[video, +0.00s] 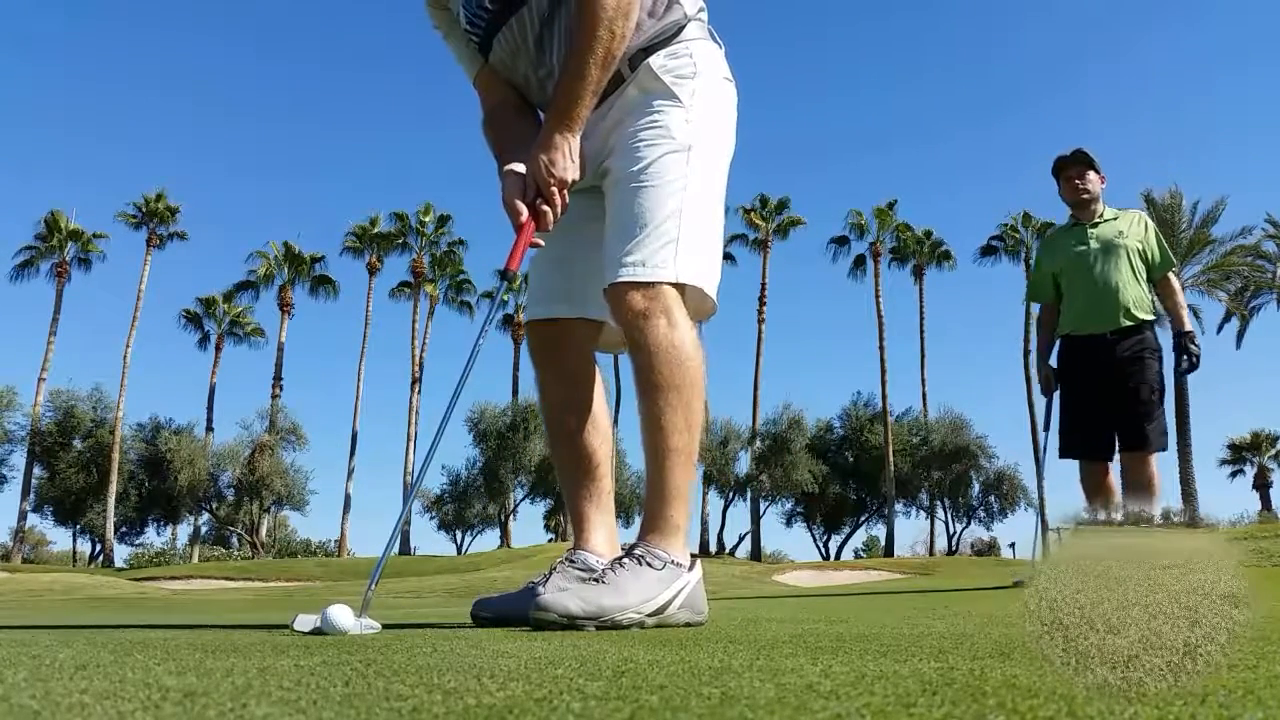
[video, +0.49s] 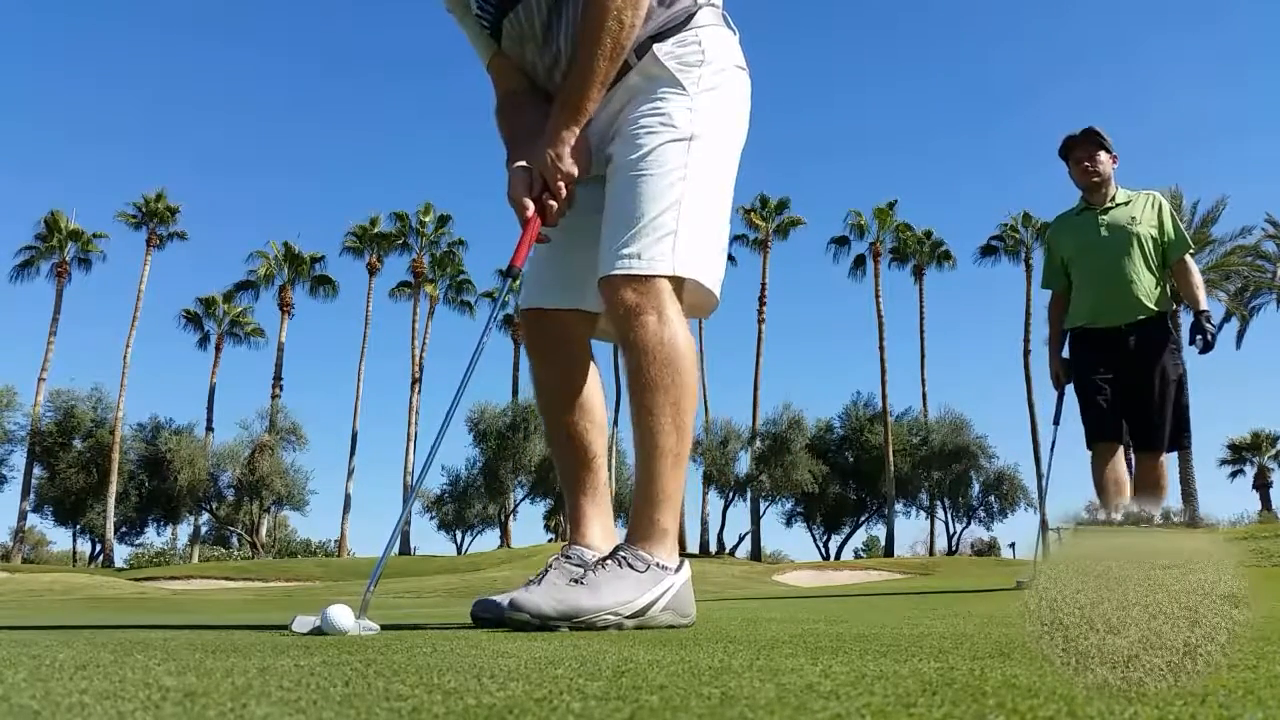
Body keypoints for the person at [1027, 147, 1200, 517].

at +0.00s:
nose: (1077, 182)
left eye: (1083, 175)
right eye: (1068, 179)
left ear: (1101, 180)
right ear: (1060, 191)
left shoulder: (1137, 222)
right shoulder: (1053, 243)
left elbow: (1165, 280)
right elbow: (1048, 308)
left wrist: (1184, 332)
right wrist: (1042, 360)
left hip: (1135, 346)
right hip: (1079, 353)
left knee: (1138, 452)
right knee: (1092, 459)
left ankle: (1144, 541)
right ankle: (1106, 543)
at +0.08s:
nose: (1080, 178)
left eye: (1087, 170)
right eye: (1071, 175)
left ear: (1105, 175)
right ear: (1064, 187)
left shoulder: (1143, 219)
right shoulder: (1056, 239)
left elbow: (1172, 279)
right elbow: (1053, 305)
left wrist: (1192, 329)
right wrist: (1047, 359)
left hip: (1140, 345)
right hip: (1084, 351)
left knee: (1142, 454)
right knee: (1088, 459)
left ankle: (1143, 541)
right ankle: (1108, 538)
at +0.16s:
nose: (1084, 175)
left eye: (1090, 166)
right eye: (1075, 172)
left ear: (1109, 171)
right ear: (1068, 184)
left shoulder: (1148, 216)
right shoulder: (1059, 236)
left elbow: (1176, 274)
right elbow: (1057, 301)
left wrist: (1198, 323)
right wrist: (1050, 356)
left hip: (1145, 343)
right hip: (1087, 348)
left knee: (1143, 447)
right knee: (1088, 447)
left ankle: (1143, 535)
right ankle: (1104, 530)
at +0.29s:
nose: (1088, 170)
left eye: (1094, 162)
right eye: (1078, 167)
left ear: (1112, 165)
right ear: (1071, 178)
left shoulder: (1151, 210)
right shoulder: (1062, 233)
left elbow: (1181, 267)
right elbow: (1059, 299)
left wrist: (1202, 314)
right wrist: (1053, 354)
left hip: (1149, 337)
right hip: (1091, 343)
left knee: (1149, 443)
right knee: (1096, 439)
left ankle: (1144, 532)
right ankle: (1104, 527)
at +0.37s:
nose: (1088, 168)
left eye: (1094, 159)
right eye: (1079, 164)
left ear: (1112, 162)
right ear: (1071, 176)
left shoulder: (1152, 207)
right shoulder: (1062, 231)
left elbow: (1182, 264)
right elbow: (1060, 298)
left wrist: (1203, 312)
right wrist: (1054, 353)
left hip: (1150, 336)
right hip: (1092, 342)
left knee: (1150, 442)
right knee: (1100, 440)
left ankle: (1146, 531)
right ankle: (1107, 530)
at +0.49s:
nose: (1088, 164)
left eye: (1094, 155)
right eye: (1078, 160)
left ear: (1112, 160)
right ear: (1070, 172)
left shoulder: (1152, 205)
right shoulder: (1061, 229)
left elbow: (1182, 264)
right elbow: (1059, 297)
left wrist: (1201, 312)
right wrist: (1054, 354)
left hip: (1150, 335)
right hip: (1091, 341)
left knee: (1150, 444)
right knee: (1105, 442)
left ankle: (1148, 533)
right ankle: (1114, 533)